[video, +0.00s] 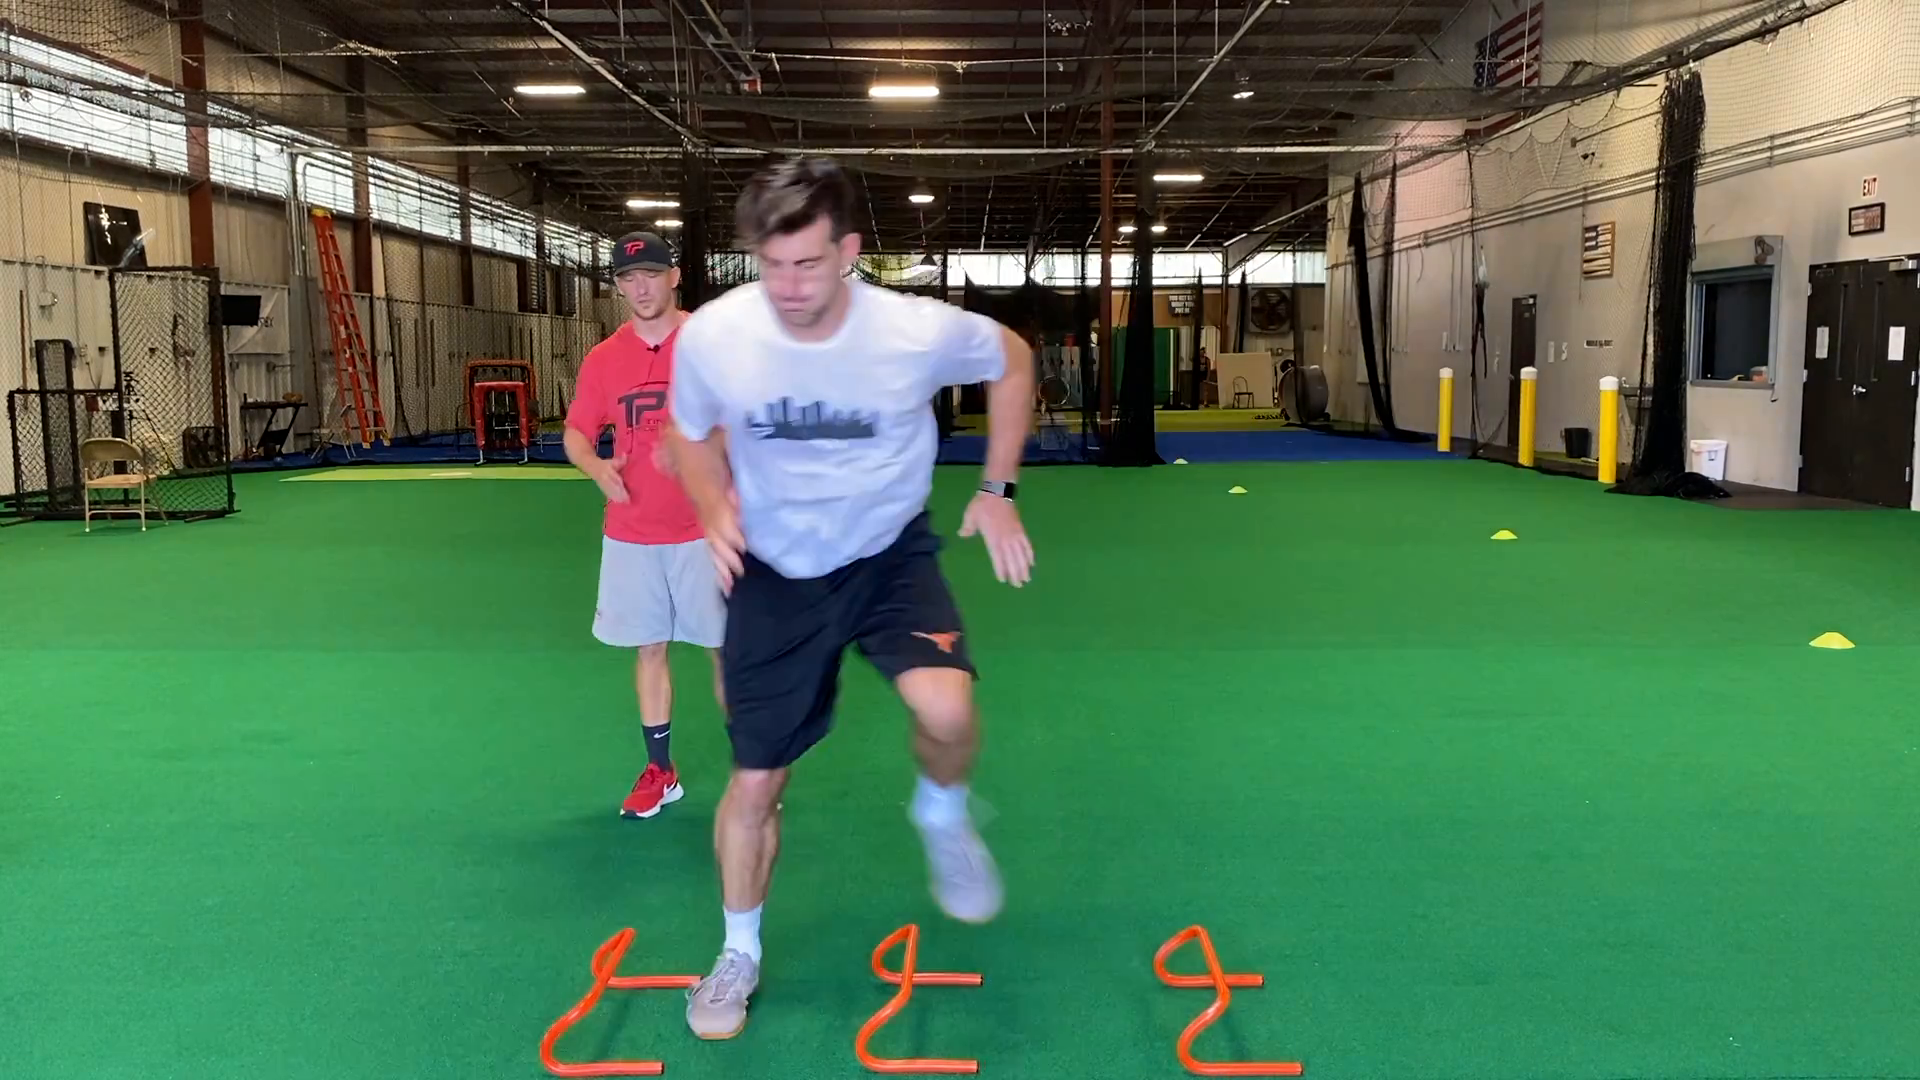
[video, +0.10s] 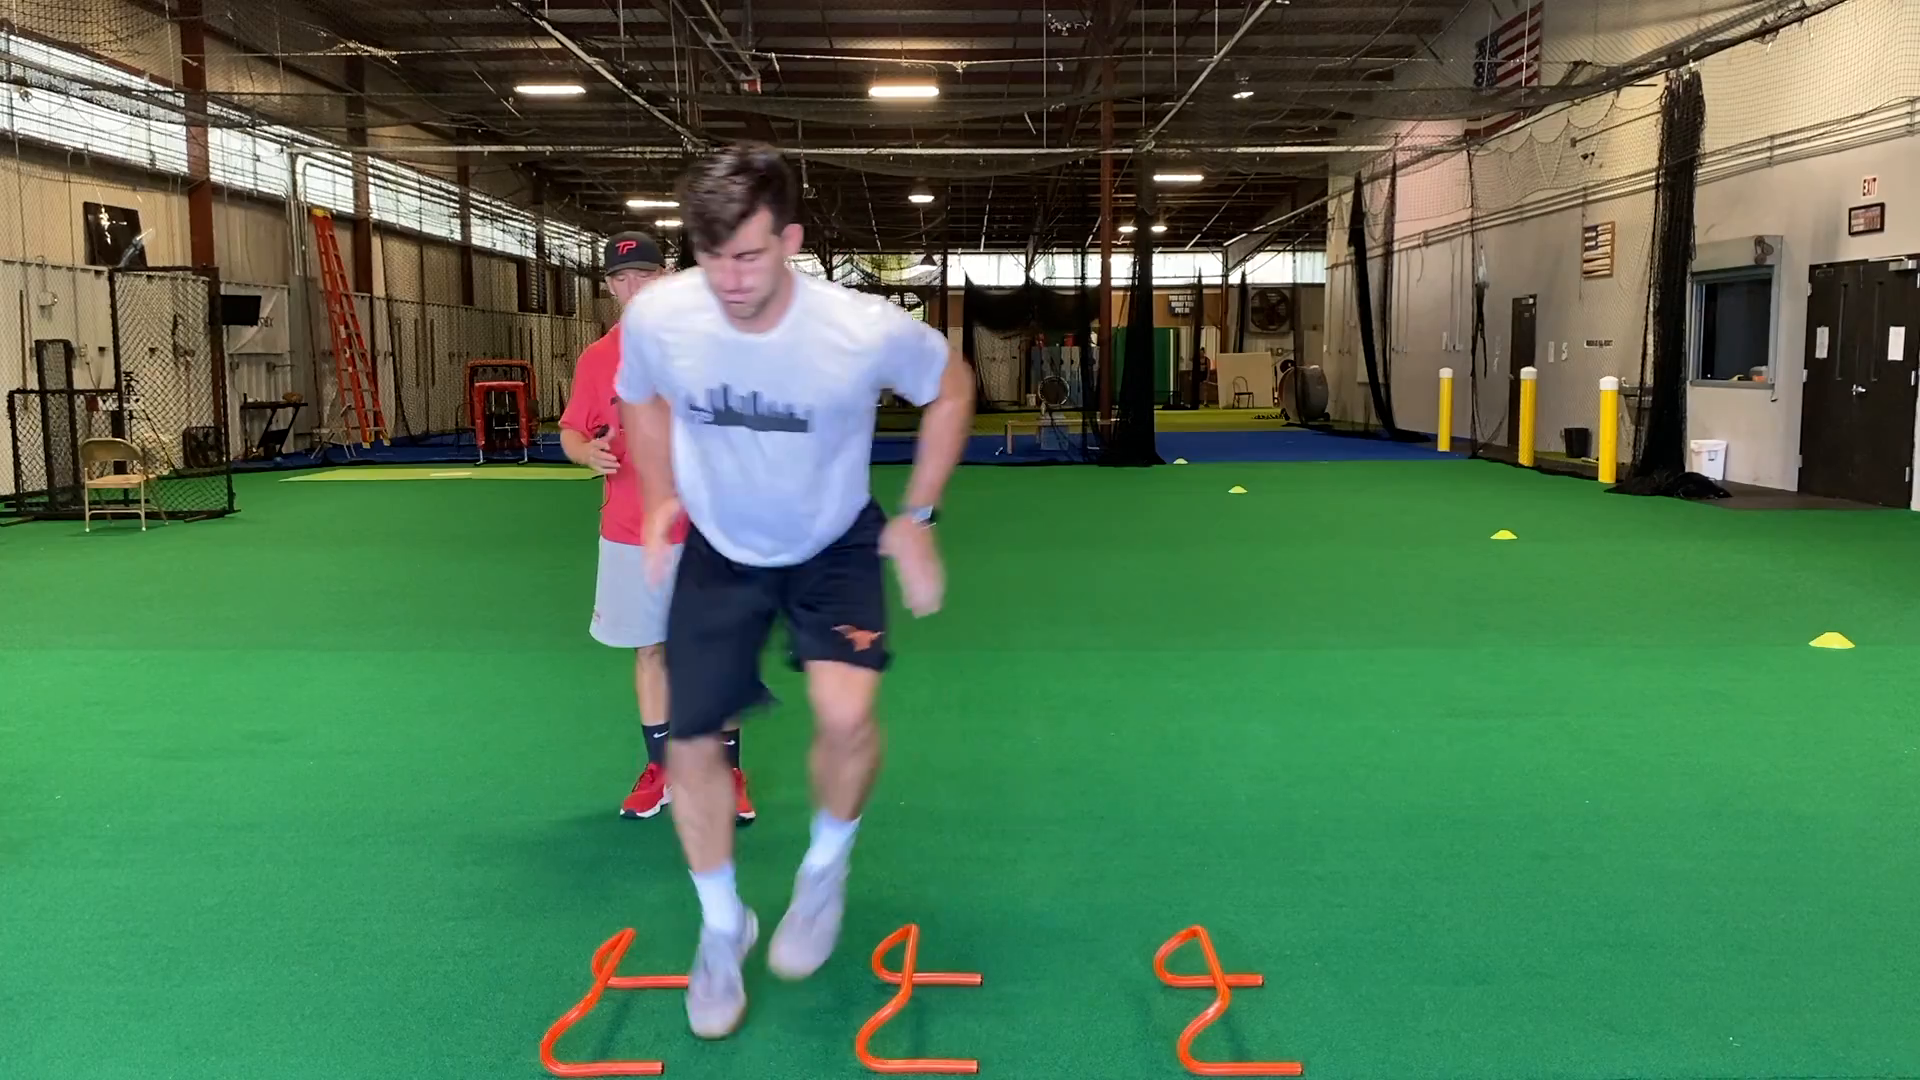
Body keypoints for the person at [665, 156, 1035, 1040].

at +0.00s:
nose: (790, 282)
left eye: (809, 264)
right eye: (775, 264)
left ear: (851, 252)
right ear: (755, 256)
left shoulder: (916, 330)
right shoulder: (711, 338)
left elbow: (1013, 358)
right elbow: (686, 435)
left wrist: (998, 488)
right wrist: (712, 507)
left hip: (893, 555)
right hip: (774, 573)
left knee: (950, 714)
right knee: (755, 781)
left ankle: (944, 818)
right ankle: (737, 953)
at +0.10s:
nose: (734, 274)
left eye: (751, 255)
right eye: (717, 256)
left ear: (792, 242)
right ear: (697, 249)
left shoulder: (862, 328)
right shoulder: (656, 318)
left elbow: (954, 384)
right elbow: (642, 397)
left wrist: (916, 513)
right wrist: (660, 507)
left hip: (833, 546)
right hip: (715, 549)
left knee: (846, 719)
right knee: (690, 741)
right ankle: (720, 922)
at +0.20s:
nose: (675, 286)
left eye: (694, 265)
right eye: (658, 267)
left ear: (735, 251)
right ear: (636, 260)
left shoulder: (807, 341)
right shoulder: (611, 318)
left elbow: (891, 436)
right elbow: (600, 373)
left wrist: (814, 528)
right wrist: (609, 486)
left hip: (768, 560)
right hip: (654, 545)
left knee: (760, 774)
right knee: (592, 694)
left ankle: (766, 939)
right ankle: (664, 831)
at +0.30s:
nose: (608, 288)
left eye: (627, 267)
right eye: (592, 267)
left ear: (672, 251)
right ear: (575, 261)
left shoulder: (748, 344)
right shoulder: (553, 327)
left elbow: (852, 418)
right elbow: (555, 398)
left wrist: (781, 535)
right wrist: (561, 520)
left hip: (721, 580)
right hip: (601, 565)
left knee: (736, 767)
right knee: (529, 715)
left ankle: (761, 937)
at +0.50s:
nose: (484, 341)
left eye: (504, 320)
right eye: (471, 320)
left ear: (553, 307)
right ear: (453, 311)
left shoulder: (630, 391)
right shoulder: (436, 364)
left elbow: (752, 438)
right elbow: (436, 432)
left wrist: (705, 567)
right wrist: (437, 539)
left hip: (638, 590)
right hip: (519, 597)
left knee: (649, 750)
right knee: (487, 784)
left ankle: (696, 762)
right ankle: (472, 969)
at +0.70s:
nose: (412, 384)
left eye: (431, 362)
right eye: (397, 365)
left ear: (479, 342)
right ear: (380, 356)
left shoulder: (560, 434)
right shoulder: (383, 375)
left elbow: (656, 557)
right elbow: (387, 410)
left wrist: (527, 620)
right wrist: (386, 475)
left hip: (588, 605)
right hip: (470, 601)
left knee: (574, 786)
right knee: (463, 782)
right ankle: (468, 968)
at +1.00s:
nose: (394, 392)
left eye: (412, 370)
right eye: (379, 373)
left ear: (459, 348)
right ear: (360, 365)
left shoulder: (543, 441)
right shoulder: (360, 383)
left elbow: (640, 557)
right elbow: (375, 434)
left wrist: (514, 624)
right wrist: (375, 486)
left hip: (571, 605)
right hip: (454, 603)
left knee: (565, 783)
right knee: (449, 781)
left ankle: (529, 762)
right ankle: (464, 965)